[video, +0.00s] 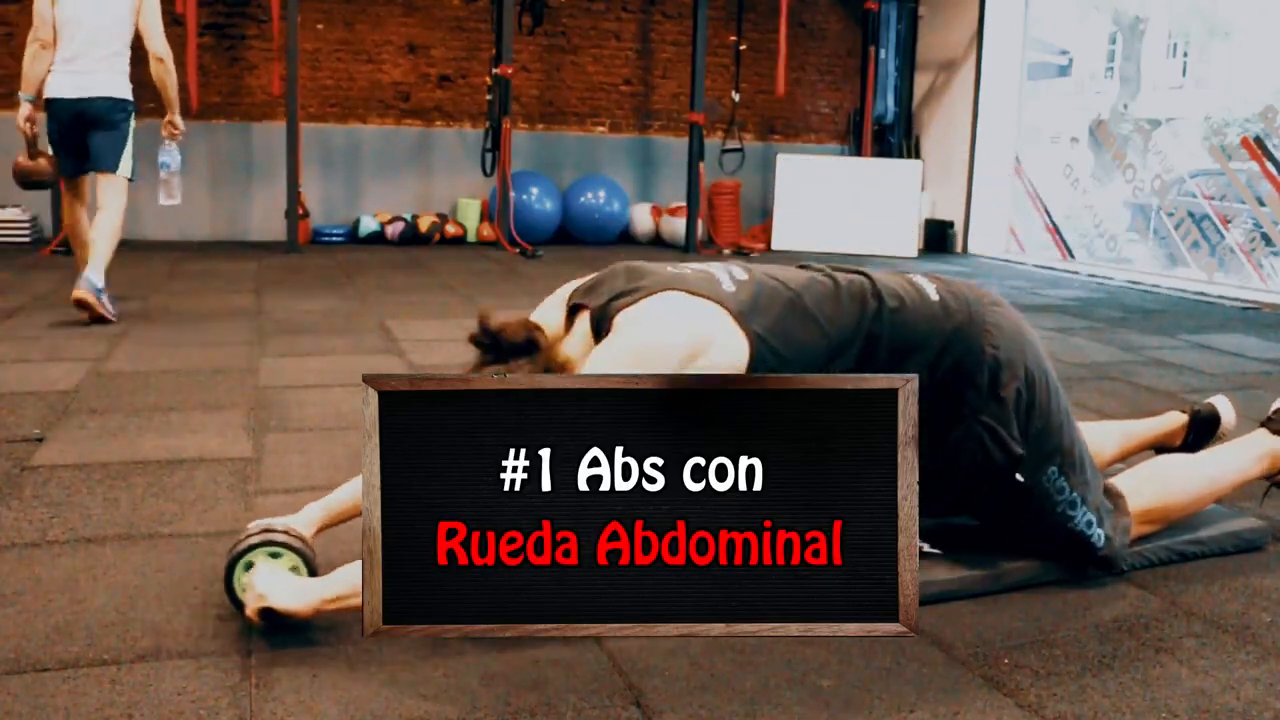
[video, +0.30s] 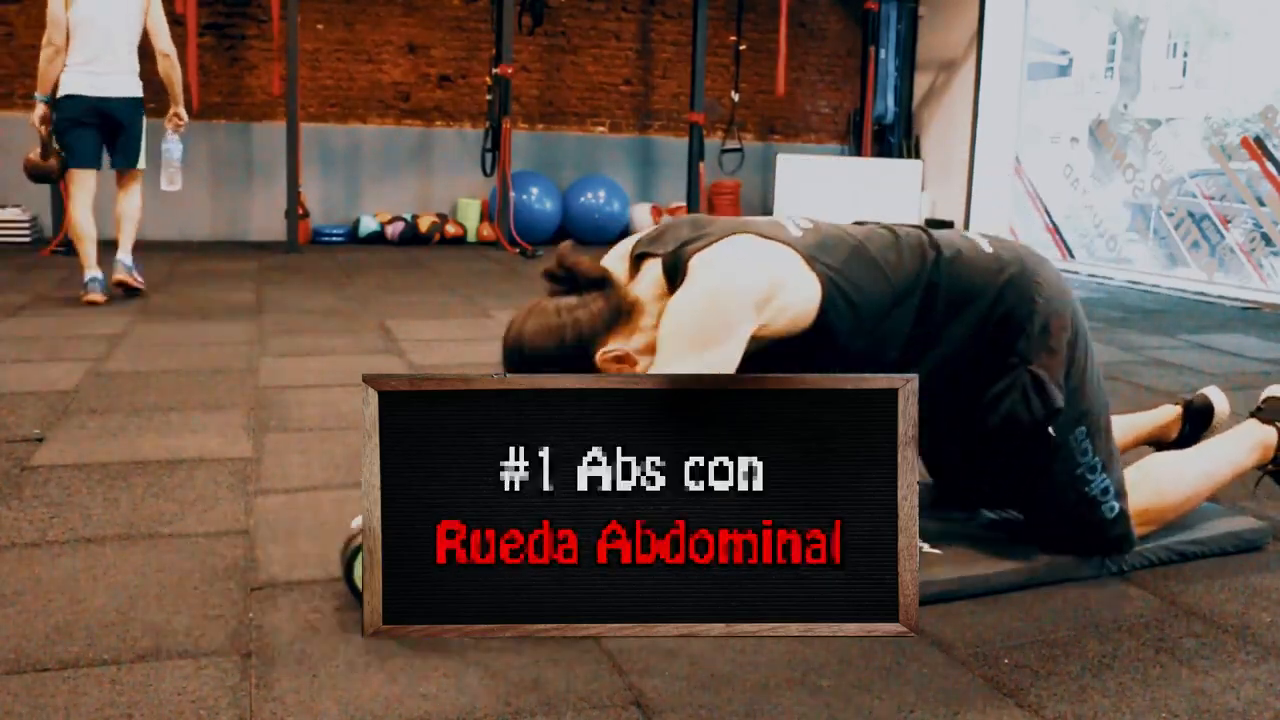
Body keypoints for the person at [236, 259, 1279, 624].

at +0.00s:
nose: (553, 405)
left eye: (545, 386)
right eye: (536, 375)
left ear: (552, 355)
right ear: (534, 345)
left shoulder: (671, 338)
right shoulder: (577, 323)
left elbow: (529, 487)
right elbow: (457, 428)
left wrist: (343, 594)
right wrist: (324, 510)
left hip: (964, 338)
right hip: (904, 343)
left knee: (1107, 541)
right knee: (1004, 512)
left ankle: (1264, 452)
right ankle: (1183, 422)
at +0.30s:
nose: (633, 376)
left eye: (615, 372)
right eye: (615, 376)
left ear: (626, 346)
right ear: (615, 322)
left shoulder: (718, 286)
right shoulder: (644, 256)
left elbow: (664, 391)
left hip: (1004, 302)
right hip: (945, 300)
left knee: (1104, 523)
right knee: (983, 496)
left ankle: (1263, 439)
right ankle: (1179, 420)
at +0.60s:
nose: (699, 368)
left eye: (686, 356)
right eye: (681, 364)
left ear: (704, 300)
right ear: (694, 285)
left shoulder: (808, 244)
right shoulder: (708, 230)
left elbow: (735, 415)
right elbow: (622, 373)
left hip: (1062, 296)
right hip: (970, 325)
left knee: (1104, 523)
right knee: (990, 480)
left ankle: (1269, 445)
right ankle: (1173, 422)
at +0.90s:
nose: (755, 322)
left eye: (753, 308)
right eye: (740, 314)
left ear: (786, 253)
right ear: (786, 244)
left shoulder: (898, 211)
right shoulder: (792, 213)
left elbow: (839, 400)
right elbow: (722, 344)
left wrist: (777, 498)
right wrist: (686, 446)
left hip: (1113, 305)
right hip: (1012, 330)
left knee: (1098, 527)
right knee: (991, 481)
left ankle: (1268, 452)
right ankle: (1167, 417)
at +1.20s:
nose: (795, 272)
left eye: (794, 252)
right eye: (781, 261)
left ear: (832, 199)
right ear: (830, 194)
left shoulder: (951, 183)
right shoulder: (831, 202)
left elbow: (899, 372)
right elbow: (772, 333)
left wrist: (817, 474)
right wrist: (746, 442)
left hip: (1138, 321)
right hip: (1035, 338)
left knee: (1097, 528)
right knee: (994, 488)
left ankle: (1269, 457)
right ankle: (1172, 416)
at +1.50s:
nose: (779, 247)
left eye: (782, 224)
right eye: (766, 232)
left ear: (829, 176)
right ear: (825, 173)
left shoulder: (950, 172)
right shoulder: (821, 199)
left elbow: (901, 364)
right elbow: (776, 329)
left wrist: (801, 515)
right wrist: (729, 475)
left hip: (1136, 322)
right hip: (1030, 341)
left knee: (1096, 529)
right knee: (990, 500)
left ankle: (1270, 460)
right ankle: (1169, 423)